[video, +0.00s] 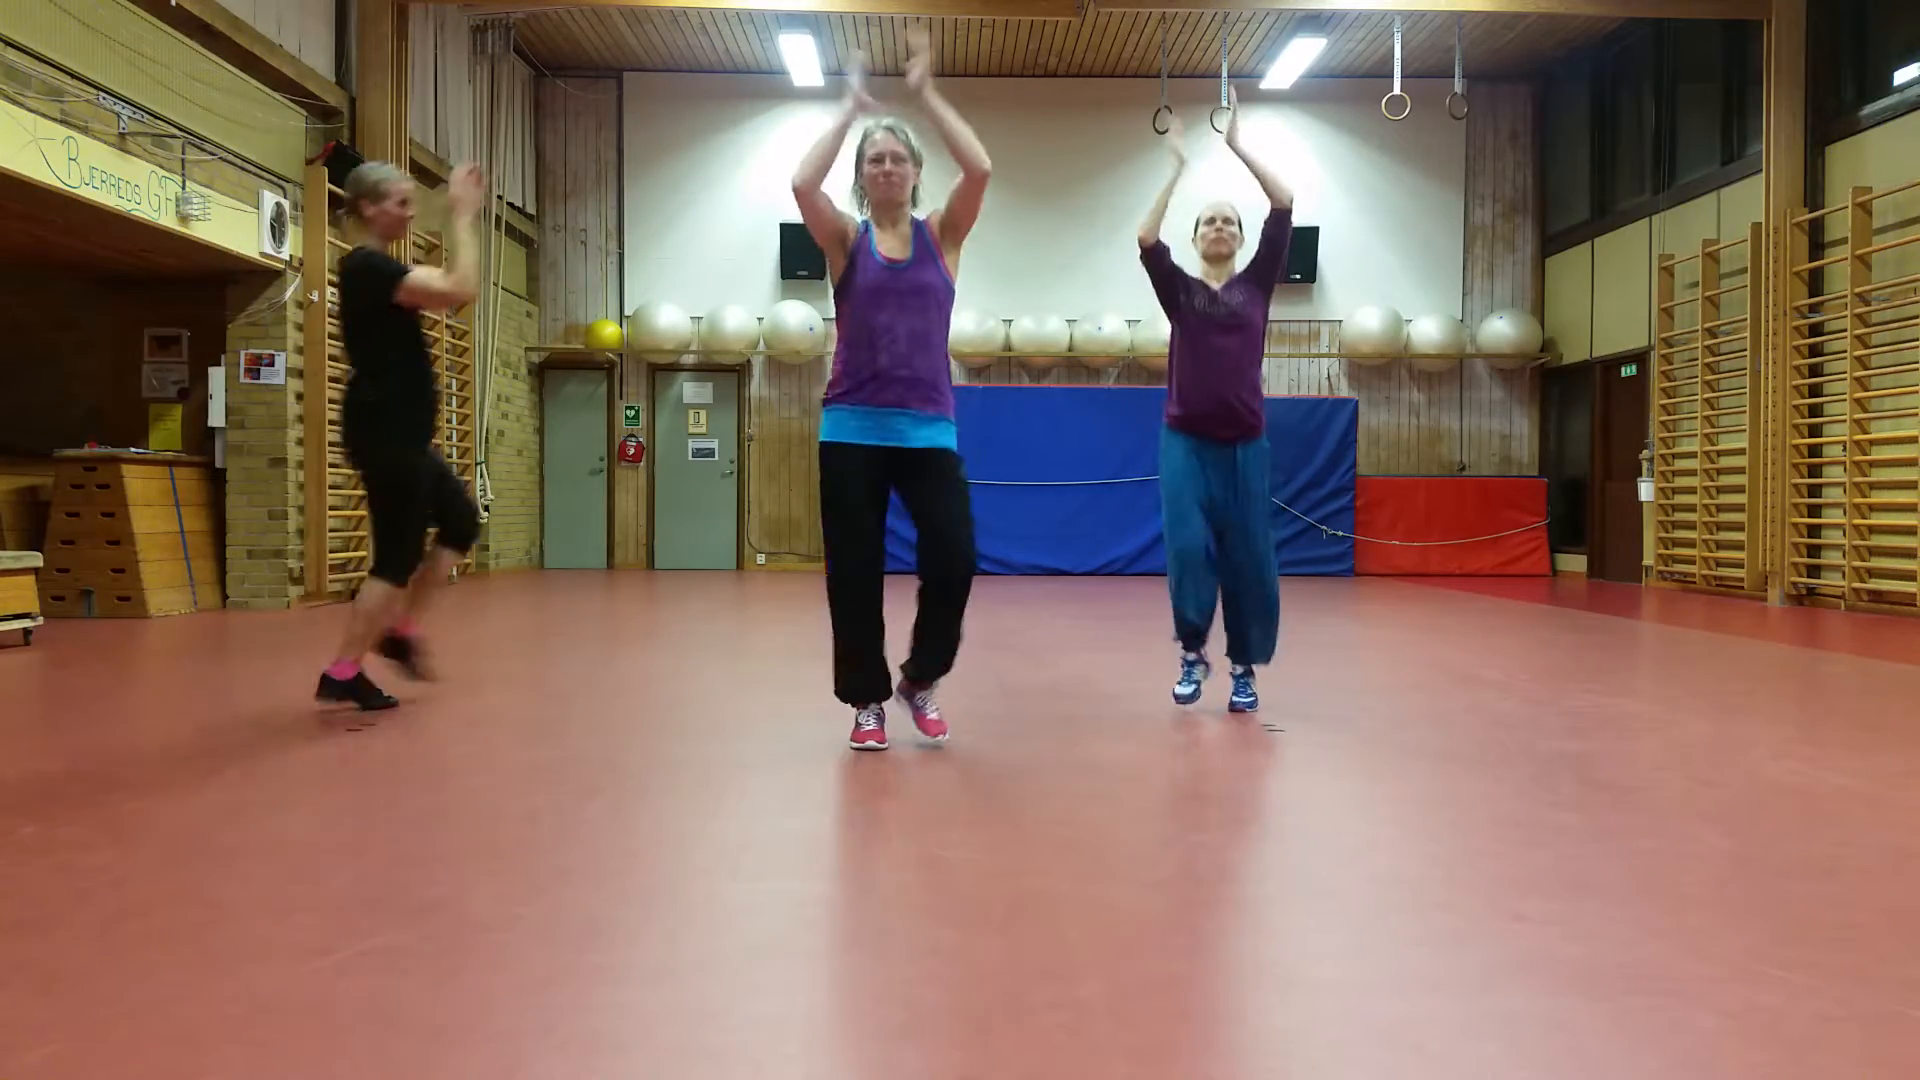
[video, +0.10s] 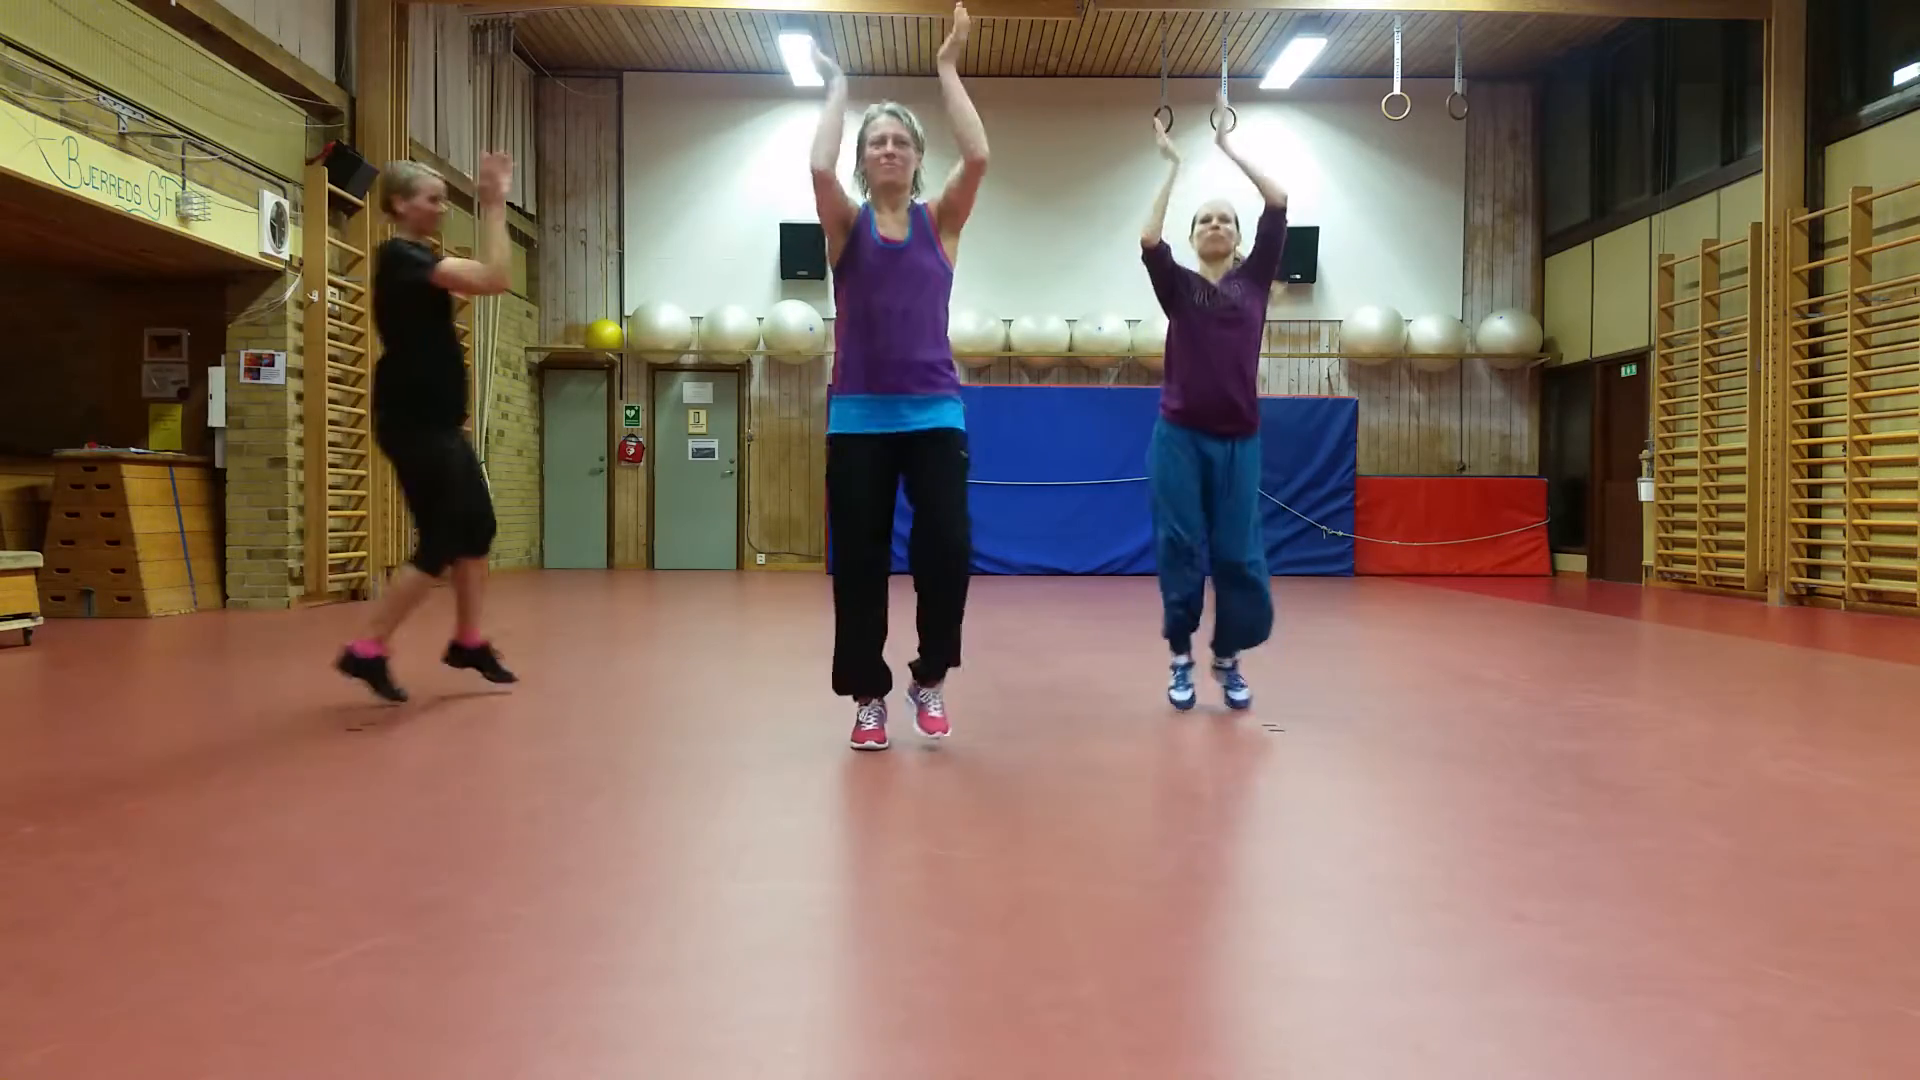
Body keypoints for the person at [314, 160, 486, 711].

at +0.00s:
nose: (410, 211)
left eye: (410, 202)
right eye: (400, 202)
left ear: (385, 210)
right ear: (368, 209)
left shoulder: (380, 263)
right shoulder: (366, 265)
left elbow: (455, 291)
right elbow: (459, 287)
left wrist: (462, 214)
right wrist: (464, 215)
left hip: (400, 432)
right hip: (382, 435)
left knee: (461, 523)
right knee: (398, 561)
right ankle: (342, 671)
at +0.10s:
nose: (441, 208)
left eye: (443, 199)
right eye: (432, 199)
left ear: (431, 205)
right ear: (400, 204)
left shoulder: (424, 256)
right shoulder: (398, 256)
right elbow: (492, 278)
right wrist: (494, 203)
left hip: (438, 414)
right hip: (410, 416)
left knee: (475, 525)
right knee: (448, 533)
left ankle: (468, 641)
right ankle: (367, 648)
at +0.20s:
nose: (465, 227)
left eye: (467, 218)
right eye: (453, 218)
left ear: (469, 225)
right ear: (423, 230)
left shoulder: (458, 280)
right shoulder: (425, 283)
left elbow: (515, 289)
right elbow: (513, 294)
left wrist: (517, 227)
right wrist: (521, 230)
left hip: (476, 433)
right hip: (441, 436)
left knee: (496, 548)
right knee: (482, 548)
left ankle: (472, 654)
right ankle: (413, 654)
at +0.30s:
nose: (475, 237)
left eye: (482, 229)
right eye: (464, 231)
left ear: (493, 240)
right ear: (449, 246)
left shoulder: (499, 295)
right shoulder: (449, 294)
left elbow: (567, 299)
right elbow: (515, 308)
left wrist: (548, 237)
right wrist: (532, 238)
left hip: (501, 450)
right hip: (462, 451)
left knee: (501, 564)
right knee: (530, 553)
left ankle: (468, 661)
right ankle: (450, 642)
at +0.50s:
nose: (530, 207)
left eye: (535, 199)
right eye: (520, 199)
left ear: (547, 211)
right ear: (502, 211)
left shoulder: (563, 269)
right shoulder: (487, 267)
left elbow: (611, 275)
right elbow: (519, 285)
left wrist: (594, 208)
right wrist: (519, 216)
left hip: (548, 417)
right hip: (504, 417)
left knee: (558, 531)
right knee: (557, 527)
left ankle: (503, 640)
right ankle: (558, 650)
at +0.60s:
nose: (544, 226)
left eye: (551, 218)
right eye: (534, 218)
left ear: (563, 228)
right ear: (519, 231)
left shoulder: (585, 287)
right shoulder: (511, 286)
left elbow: (619, 274)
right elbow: (528, 298)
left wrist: (576, 219)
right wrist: (552, 238)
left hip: (576, 434)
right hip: (530, 434)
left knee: (600, 553)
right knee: (564, 541)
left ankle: (535, 645)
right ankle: (553, 666)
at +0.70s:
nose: (564, 237)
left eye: (570, 230)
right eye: (553, 231)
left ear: (581, 243)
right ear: (539, 245)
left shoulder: (605, 298)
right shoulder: (532, 304)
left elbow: (642, 276)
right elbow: (539, 301)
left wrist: (603, 217)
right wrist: (565, 238)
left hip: (602, 454)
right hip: (552, 455)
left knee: (654, 550)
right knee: (584, 561)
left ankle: (589, 625)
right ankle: (553, 674)